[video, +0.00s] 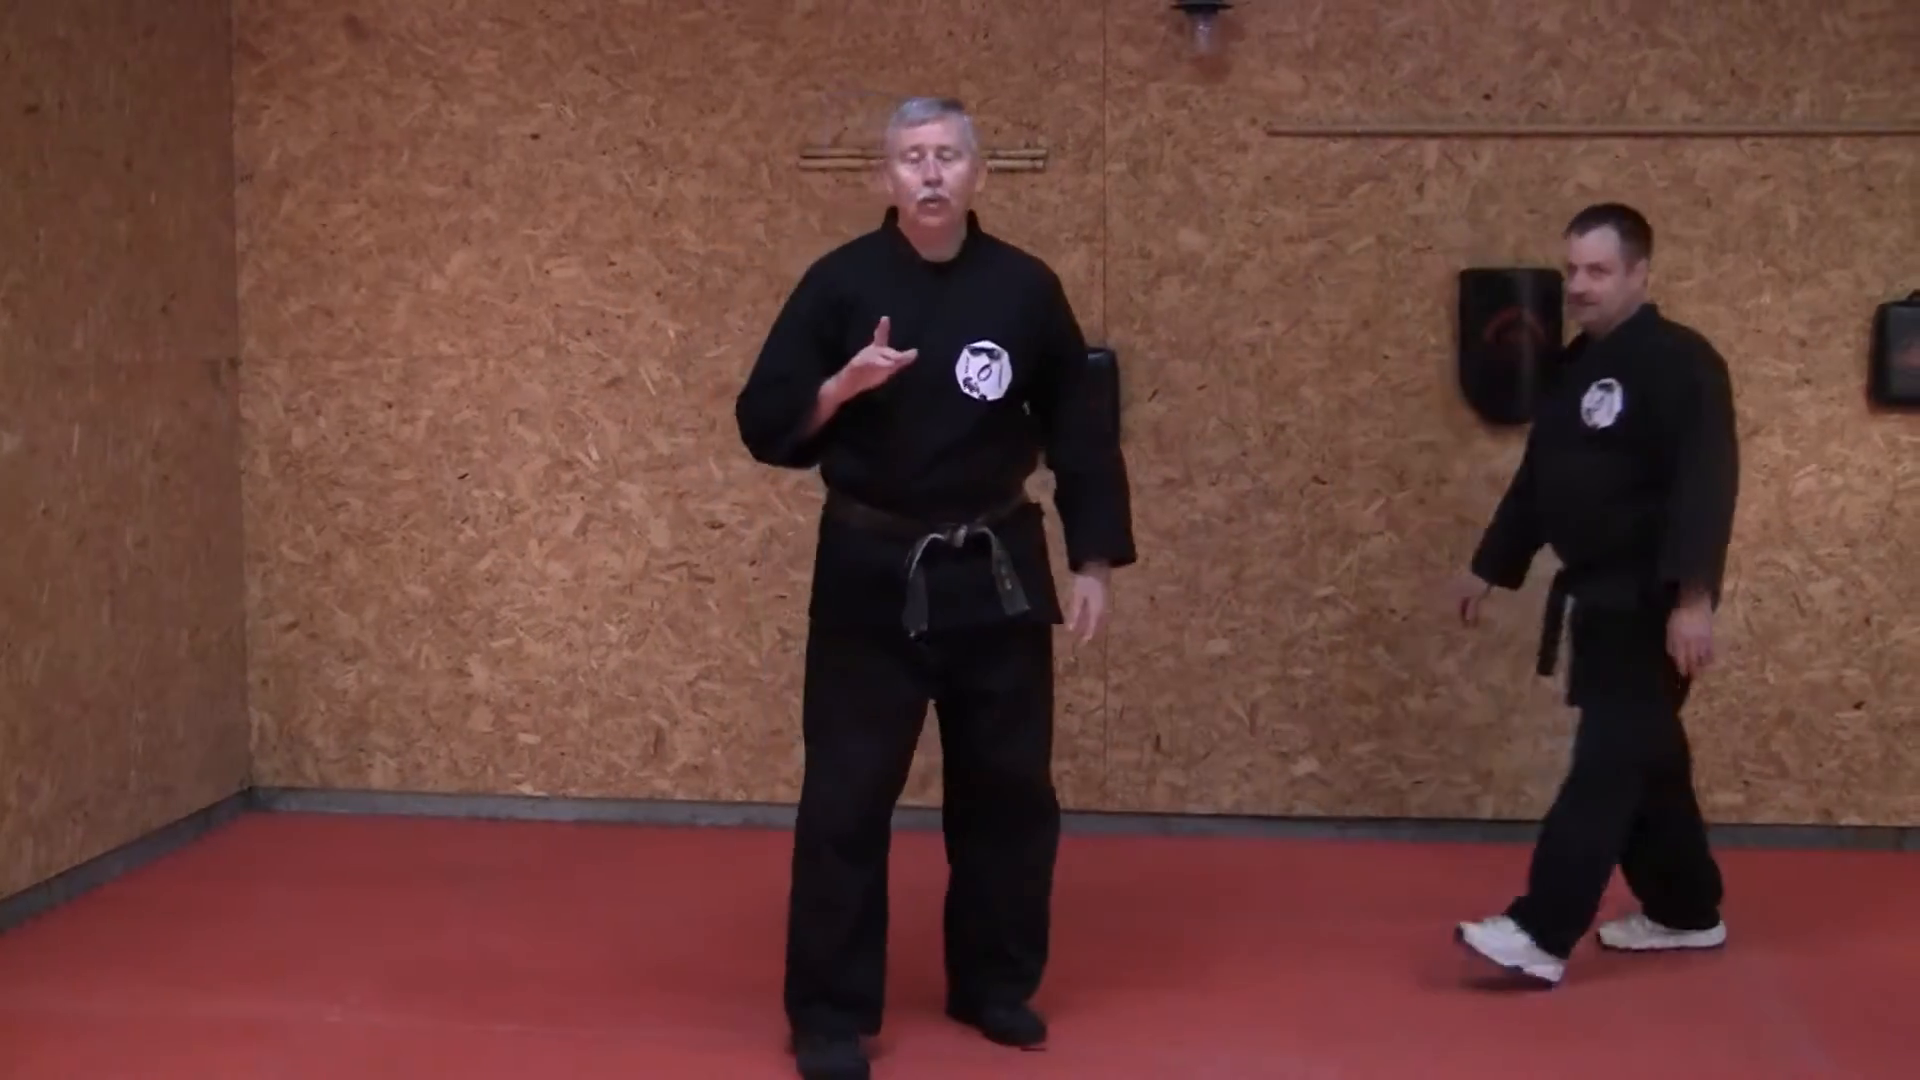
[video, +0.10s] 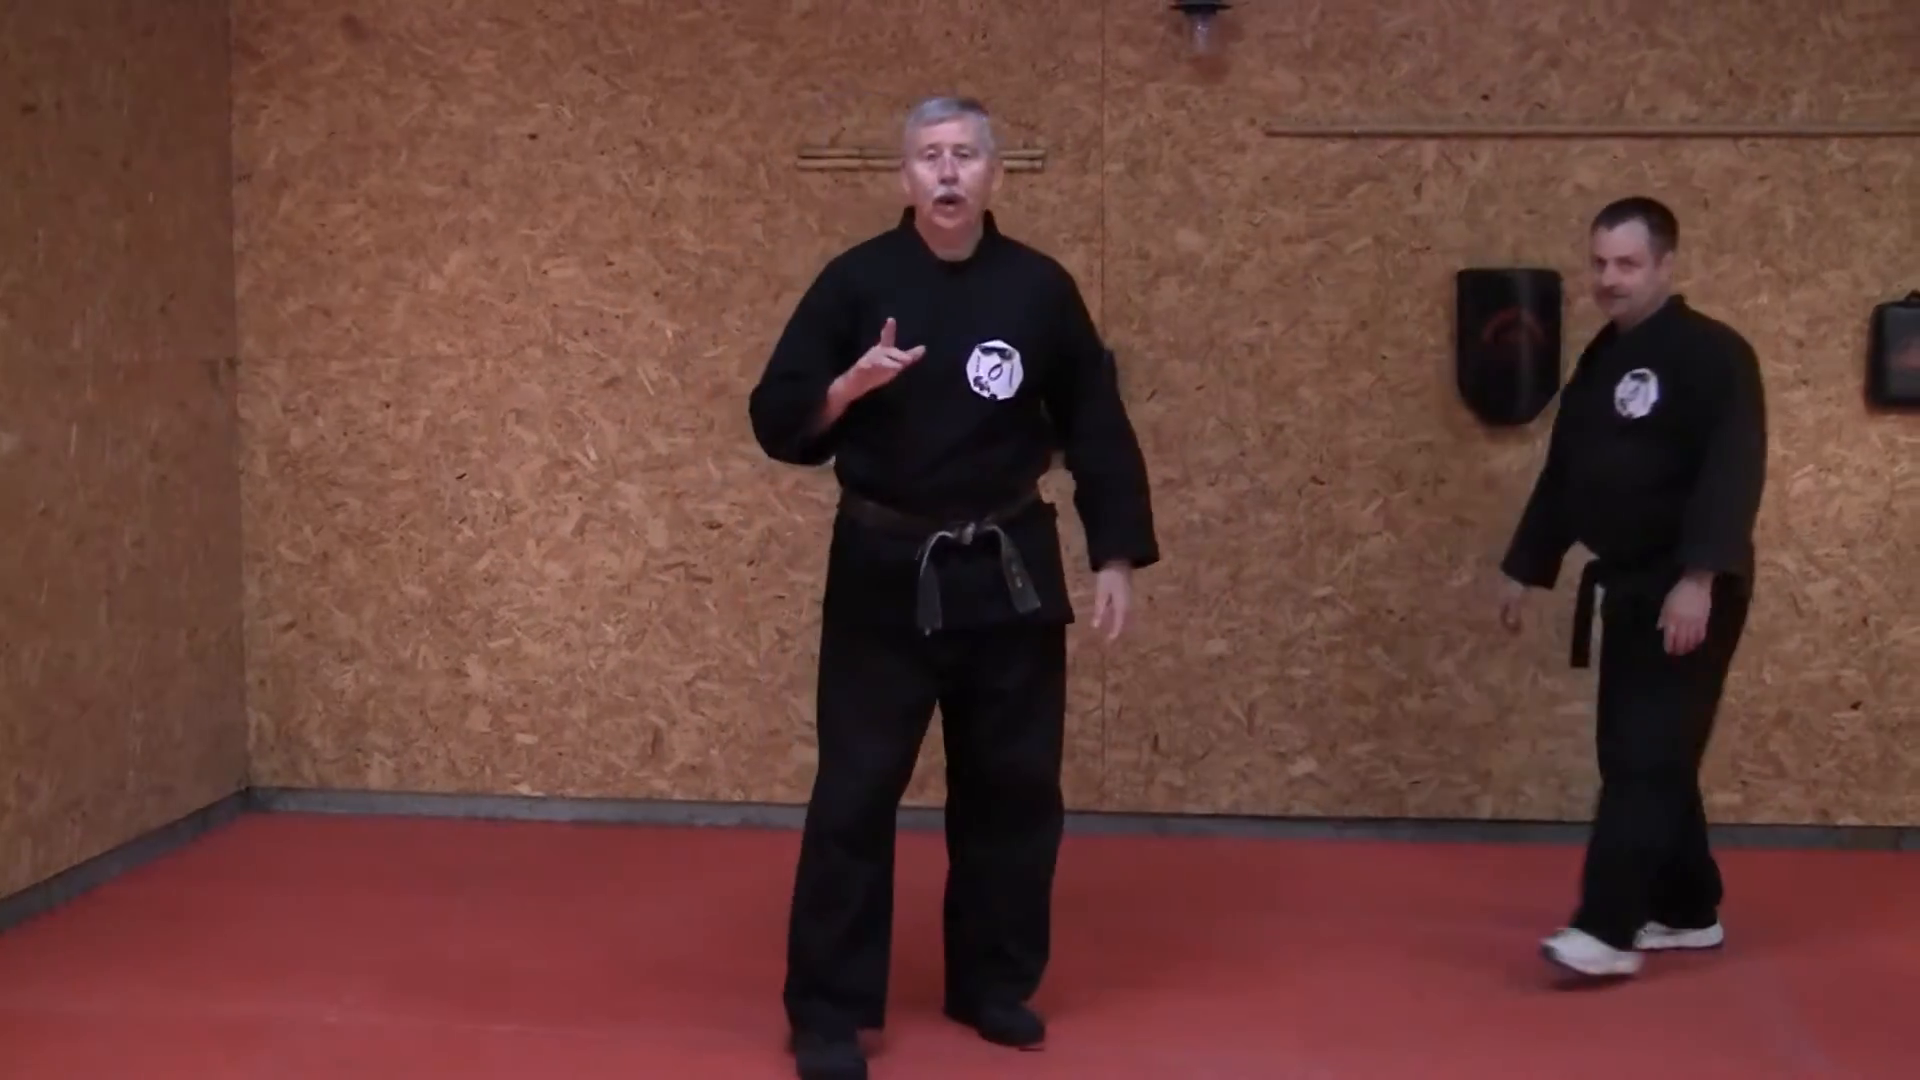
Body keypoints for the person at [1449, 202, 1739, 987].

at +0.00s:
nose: (1579, 285)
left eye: (1596, 271)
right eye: (1571, 271)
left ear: (1640, 275)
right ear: (1567, 275)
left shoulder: (1684, 363)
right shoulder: (1572, 368)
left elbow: (1707, 485)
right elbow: (1541, 476)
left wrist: (1695, 597)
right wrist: (1489, 568)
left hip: (1651, 598)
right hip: (1594, 594)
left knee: (1605, 760)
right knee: (1645, 754)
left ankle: (1543, 931)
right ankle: (1686, 910)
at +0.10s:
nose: (1607, 278)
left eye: (1624, 264)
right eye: (1599, 264)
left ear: (1666, 267)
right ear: (1593, 268)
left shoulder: (1716, 355)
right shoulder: (1601, 358)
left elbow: (1733, 475)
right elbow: (1567, 468)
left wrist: (1698, 577)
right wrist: (1524, 565)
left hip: (1697, 582)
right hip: (1628, 579)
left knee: (1645, 751)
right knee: (1638, 750)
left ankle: (1607, 929)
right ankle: (1687, 909)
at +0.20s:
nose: (1639, 276)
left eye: (1657, 262)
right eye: (1630, 261)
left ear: (1695, 266)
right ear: (1622, 265)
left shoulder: (1745, 353)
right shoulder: (1626, 353)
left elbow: (1763, 472)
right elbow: (1589, 457)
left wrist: (1712, 565)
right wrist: (1557, 560)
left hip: (1722, 583)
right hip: (1644, 578)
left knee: (1700, 750)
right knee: (1635, 745)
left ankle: (1717, 928)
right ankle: (1662, 910)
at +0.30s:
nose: (1673, 279)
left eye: (1690, 265)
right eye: (1664, 265)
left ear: (1725, 268)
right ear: (1651, 267)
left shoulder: (1777, 358)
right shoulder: (1648, 359)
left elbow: (1792, 478)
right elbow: (1612, 464)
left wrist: (1738, 567)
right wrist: (1588, 565)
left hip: (1750, 588)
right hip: (1664, 583)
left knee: (1757, 758)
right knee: (1651, 755)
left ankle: (1817, 919)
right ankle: (1674, 912)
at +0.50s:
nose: (1752, 294)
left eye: (1769, 281)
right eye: (1740, 278)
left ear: (1797, 280)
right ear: (1724, 276)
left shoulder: (1842, 369)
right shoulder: (1698, 367)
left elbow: (1873, 482)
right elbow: (1660, 472)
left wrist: (1843, 583)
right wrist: (1644, 573)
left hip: (1815, 604)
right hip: (1717, 597)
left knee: (1867, 773)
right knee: (1669, 760)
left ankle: (1917, 907)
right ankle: (1664, 911)